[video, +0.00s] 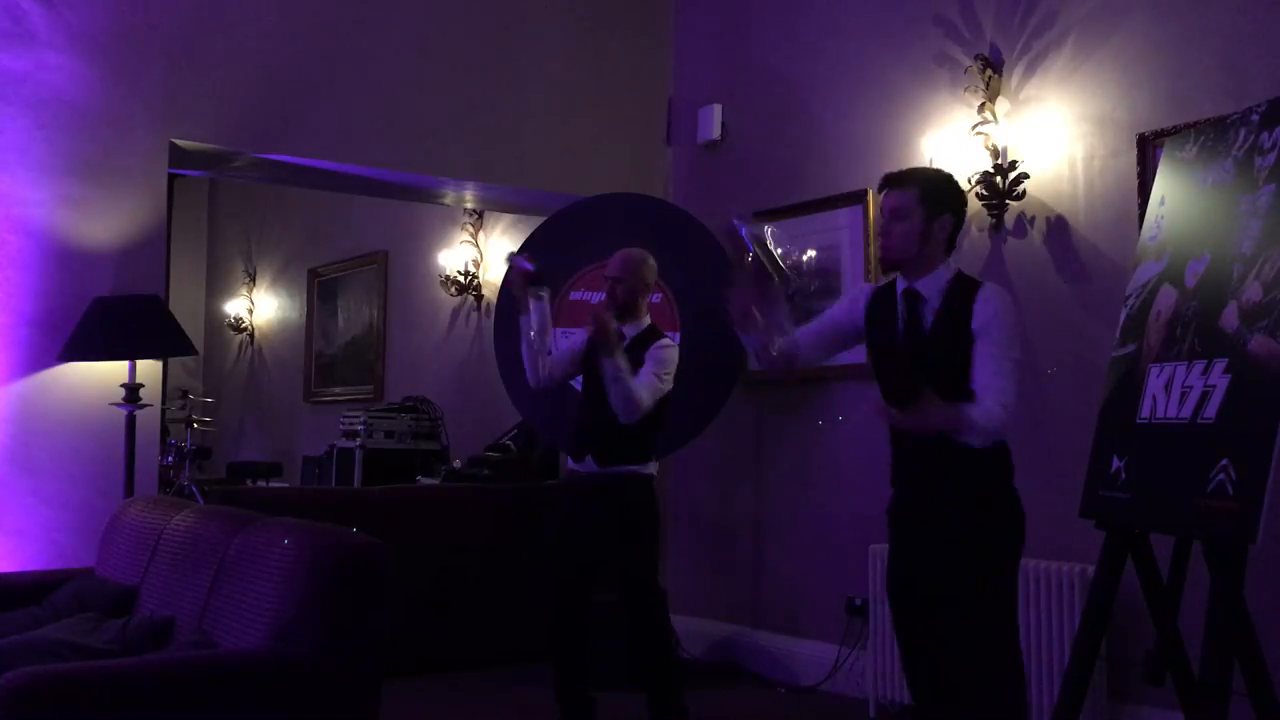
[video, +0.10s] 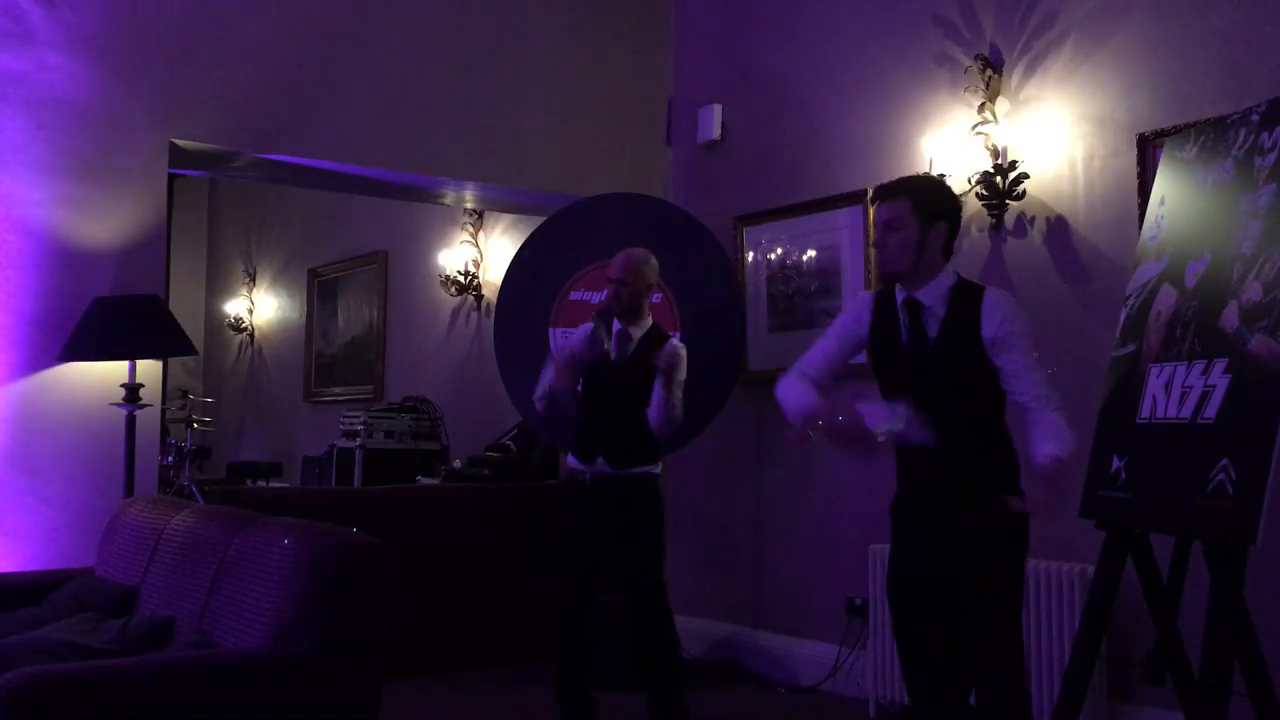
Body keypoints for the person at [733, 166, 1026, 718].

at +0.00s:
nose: (881, 229)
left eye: (896, 217)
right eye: (880, 217)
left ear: (940, 226)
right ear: (880, 224)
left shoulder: (985, 304)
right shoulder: (873, 301)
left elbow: (995, 416)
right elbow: (786, 353)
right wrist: (761, 310)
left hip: (978, 503)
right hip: (913, 504)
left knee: (983, 659)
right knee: (924, 663)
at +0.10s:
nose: (879, 243)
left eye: (892, 229)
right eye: (878, 231)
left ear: (937, 235)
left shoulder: (990, 309)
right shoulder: (872, 310)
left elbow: (1040, 404)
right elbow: (795, 384)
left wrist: (1044, 459)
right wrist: (821, 414)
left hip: (988, 501)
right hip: (916, 503)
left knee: (992, 665)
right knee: (925, 668)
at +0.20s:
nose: (877, 249)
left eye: (889, 236)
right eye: (875, 237)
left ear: (936, 239)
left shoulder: (1000, 313)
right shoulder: (874, 320)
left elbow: (1073, 404)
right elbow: (819, 414)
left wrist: (1113, 495)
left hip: (995, 513)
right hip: (919, 514)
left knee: (999, 684)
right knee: (928, 685)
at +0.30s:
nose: (880, 251)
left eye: (891, 237)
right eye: (879, 238)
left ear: (938, 239)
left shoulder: (1009, 313)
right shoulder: (884, 320)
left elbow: (1089, 402)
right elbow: (825, 413)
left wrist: (1137, 498)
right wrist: (815, 504)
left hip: (1003, 515)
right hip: (928, 515)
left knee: (1002, 682)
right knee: (927, 681)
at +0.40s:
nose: (888, 247)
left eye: (898, 233)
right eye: (889, 234)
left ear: (940, 236)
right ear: (928, 239)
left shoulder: (1014, 313)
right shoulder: (902, 314)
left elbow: (1094, 400)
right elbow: (824, 371)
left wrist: (1134, 499)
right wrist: (772, 448)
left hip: (1007, 521)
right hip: (936, 520)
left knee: (1005, 684)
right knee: (930, 680)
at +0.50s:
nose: (900, 239)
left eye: (910, 225)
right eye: (902, 226)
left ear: (949, 231)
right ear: (945, 233)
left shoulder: (1021, 310)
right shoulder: (921, 300)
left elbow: (1105, 404)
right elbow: (840, 308)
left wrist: (1114, 510)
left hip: (1004, 524)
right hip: (938, 518)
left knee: (997, 683)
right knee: (928, 677)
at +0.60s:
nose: (914, 230)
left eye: (922, 217)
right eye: (917, 217)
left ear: (956, 225)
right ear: (959, 226)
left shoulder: (1021, 306)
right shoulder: (948, 283)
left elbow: (1109, 402)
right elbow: (880, 250)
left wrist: (1099, 495)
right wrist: (809, 288)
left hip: (1002, 518)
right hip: (941, 510)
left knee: (994, 686)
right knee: (909, 667)